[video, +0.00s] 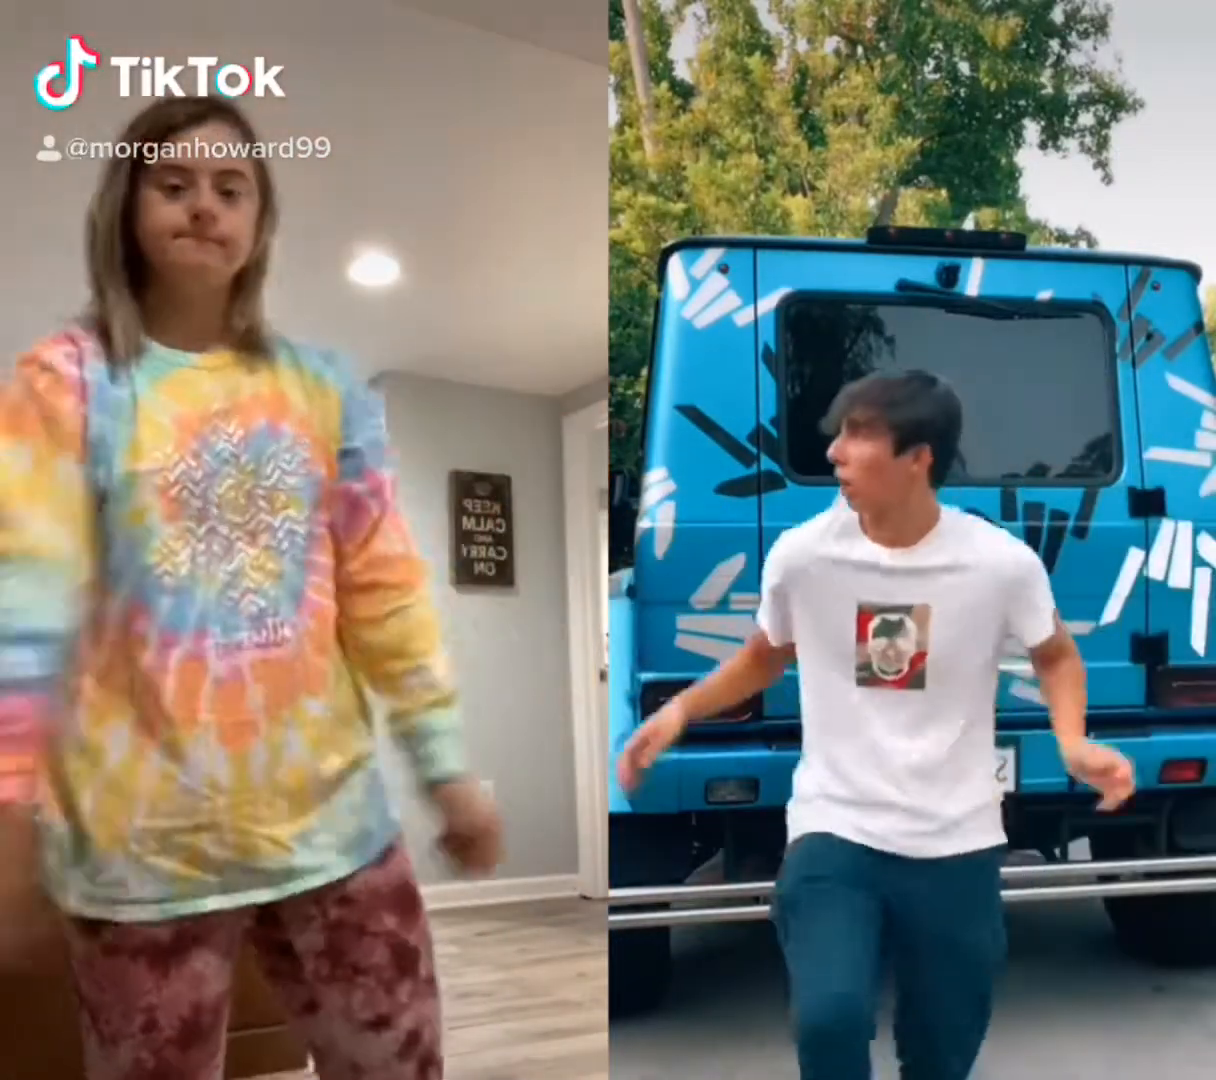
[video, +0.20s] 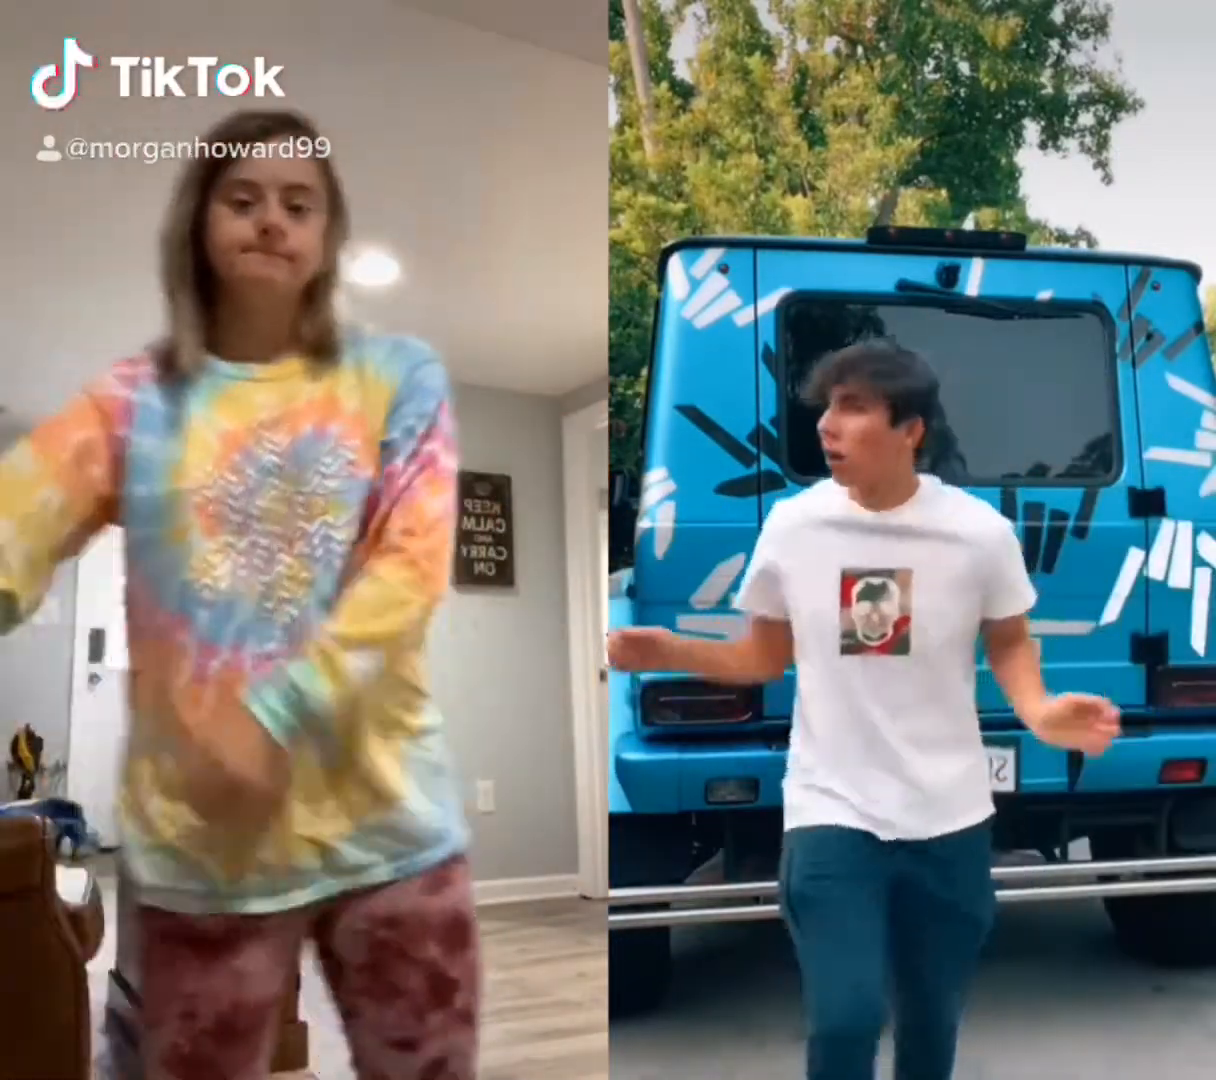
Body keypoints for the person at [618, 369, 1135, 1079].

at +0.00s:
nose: (836, 452)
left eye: (858, 437)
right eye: (840, 435)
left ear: (919, 461)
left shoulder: (1003, 566)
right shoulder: (800, 556)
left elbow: (1057, 655)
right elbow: (764, 655)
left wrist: (1074, 742)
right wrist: (679, 710)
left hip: (956, 849)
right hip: (834, 833)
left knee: (941, 1057)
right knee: (827, 1023)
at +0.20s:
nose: (828, 426)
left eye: (853, 410)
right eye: (828, 409)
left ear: (912, 432)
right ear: (821, 418)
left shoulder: (980, 534)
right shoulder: (793, 526)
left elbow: (1011, 644)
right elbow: (763, 656)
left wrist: (1038, 708)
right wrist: (672, 650)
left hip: (948, 814)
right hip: (832, 808)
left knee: (932, 1034)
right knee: (844, 1021)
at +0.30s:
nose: (863, 449)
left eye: (884, 432)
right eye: (847, 431)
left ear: (919, 452)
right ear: (825, 452)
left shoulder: (966, 563)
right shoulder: (785, 570)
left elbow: (984, 721)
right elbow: (760, 714)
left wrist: (910, 689)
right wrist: (778, 721)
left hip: (946, 854)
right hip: (826, 860)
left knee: (939, 1060)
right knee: (846, 1061)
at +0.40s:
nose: (882, 467)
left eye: (901, 452)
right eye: (864, 450)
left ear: (924, 472)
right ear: (827, 468)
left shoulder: (962, 574)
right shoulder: (778, 583)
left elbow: (969, 719)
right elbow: (768, 735)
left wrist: (858, 622)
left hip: (944, 866)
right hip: (818, 877)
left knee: (963, 1063)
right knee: (832, 1066)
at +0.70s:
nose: (911, 441)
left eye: (931, 423)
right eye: (891, 422)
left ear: (960, 437)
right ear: (858, 438)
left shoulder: (999, 558)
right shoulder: (806, 551)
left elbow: (1027, 724)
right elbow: (810, 720)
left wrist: (928, 666)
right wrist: (938, 673)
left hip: (966, 854)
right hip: (838, 862)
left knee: (963, 1063)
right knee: (853, 1062)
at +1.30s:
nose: (904, 442)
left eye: (927, 421)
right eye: (882, 423)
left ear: (961, 448)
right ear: (845, 452)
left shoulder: (1016, 580)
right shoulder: (786, 596)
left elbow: (1060, 778)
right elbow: (787, 795)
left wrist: (982, 644)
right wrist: (852, 649)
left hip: (992, 924)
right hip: (841, 933)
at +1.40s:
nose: (890, 388)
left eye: (913, 366)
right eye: (868, 369)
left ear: (953, 387)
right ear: (836, 395)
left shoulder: (1020, 509)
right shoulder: (798, 532)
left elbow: (1056, 688)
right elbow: (798, 748)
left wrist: (932, 545)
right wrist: (783, 576)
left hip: (1010, 890)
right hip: (857, 900)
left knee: (1017, 1065)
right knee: (866, 1064)